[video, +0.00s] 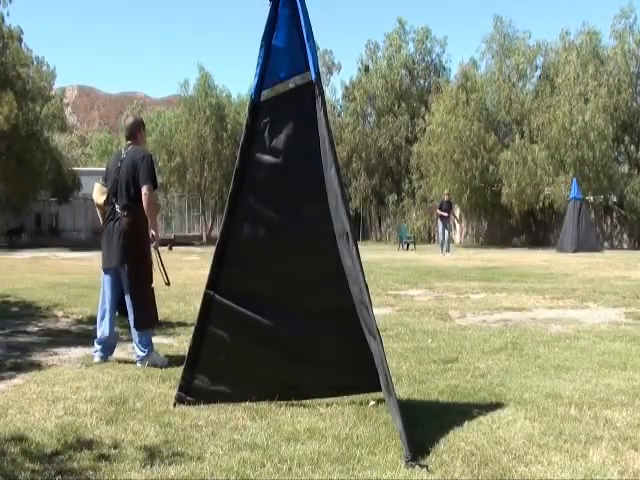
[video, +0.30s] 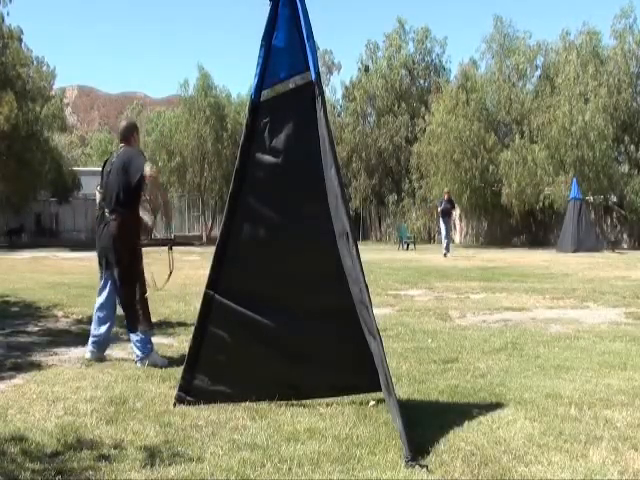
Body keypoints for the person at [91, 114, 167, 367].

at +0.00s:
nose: (146, 136)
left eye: (144, 132)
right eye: (145, 132)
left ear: (126, 134)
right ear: (140, 133)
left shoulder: (114, 158)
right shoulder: (143, 156)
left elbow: (99, 194)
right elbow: (147, 194)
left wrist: (106, 223)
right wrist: (154, 227)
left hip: (111, 228)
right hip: (133, 228)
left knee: (109, 292)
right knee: (137, 291)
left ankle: (101, 348)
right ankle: (144, 351)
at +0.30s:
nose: (140, 140)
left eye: (138, 136)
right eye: (139, 136)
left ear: (120, 138)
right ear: (135, 137)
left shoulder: (110, 160)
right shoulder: (134, 156)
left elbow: (101, 194)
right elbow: (148, 181)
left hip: (106, 223)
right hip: (124, 225)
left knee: (107, 288)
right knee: (132, 288)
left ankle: (96, 346)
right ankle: (144, 351)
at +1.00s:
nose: (123, 141)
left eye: (122, 137)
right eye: (122, 138)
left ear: (102, 138)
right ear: (115, 138)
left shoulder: (86, 158)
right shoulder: (117, 161)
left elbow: (67, 193)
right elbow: (135, 192)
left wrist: (83, 206)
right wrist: (139, 207)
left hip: (77, 226)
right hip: (98, 229)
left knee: (80, 289)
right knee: (110, 290)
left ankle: (68, 349)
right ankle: (130, 351)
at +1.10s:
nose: (118, 139)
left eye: (116, 135)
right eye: (115, 134)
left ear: (96, 137)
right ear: (108, 135)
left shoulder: (84, 159)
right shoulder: (109, 155)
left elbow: (64, 189)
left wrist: (71, 214)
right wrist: (152, 178)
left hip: (74, 228)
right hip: (93, 230)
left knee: (80, 290)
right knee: (114, 287)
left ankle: (67, 351)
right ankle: (118, 349)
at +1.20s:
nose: (116, 150)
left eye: (116, 147)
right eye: (116, 146)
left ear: (97, 146)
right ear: (109, 144)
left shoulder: (79, 166)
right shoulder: (97, 159)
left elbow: (59, 187)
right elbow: (111, 125)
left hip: (72, 235)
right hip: (89, 234)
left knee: (84, 290)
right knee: (111, 289)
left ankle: (68, 348)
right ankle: (104, 351)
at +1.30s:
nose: (115, 156)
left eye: (114, 151)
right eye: (112, 151)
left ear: (94, 154)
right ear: (102, 152)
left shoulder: (76, 176)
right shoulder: (94, 170)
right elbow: (107, 140)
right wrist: (124, 113)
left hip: (71, 245)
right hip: (86, 244)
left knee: (83, 295)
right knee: (100, 296)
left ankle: (66, 347)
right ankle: (97, 360)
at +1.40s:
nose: (120, 155)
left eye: (119, 151)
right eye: (118, 151)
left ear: (98, 149)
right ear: (109, 149)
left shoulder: (78, 167)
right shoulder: (107, 173)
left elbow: (53, 187)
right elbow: (128, 196)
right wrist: (140, 166)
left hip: (62, 244)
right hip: (79, 247)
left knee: (74, 298)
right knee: (102, 299)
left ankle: (65, 351)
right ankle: (93, 363)